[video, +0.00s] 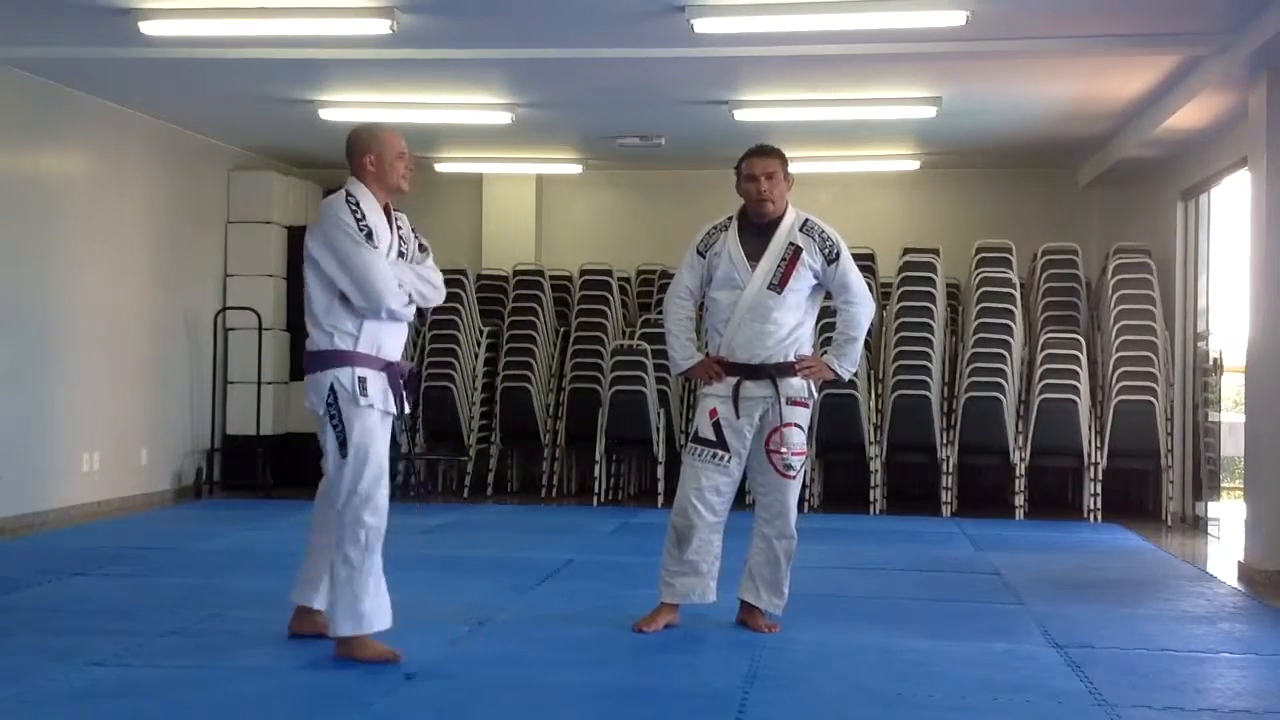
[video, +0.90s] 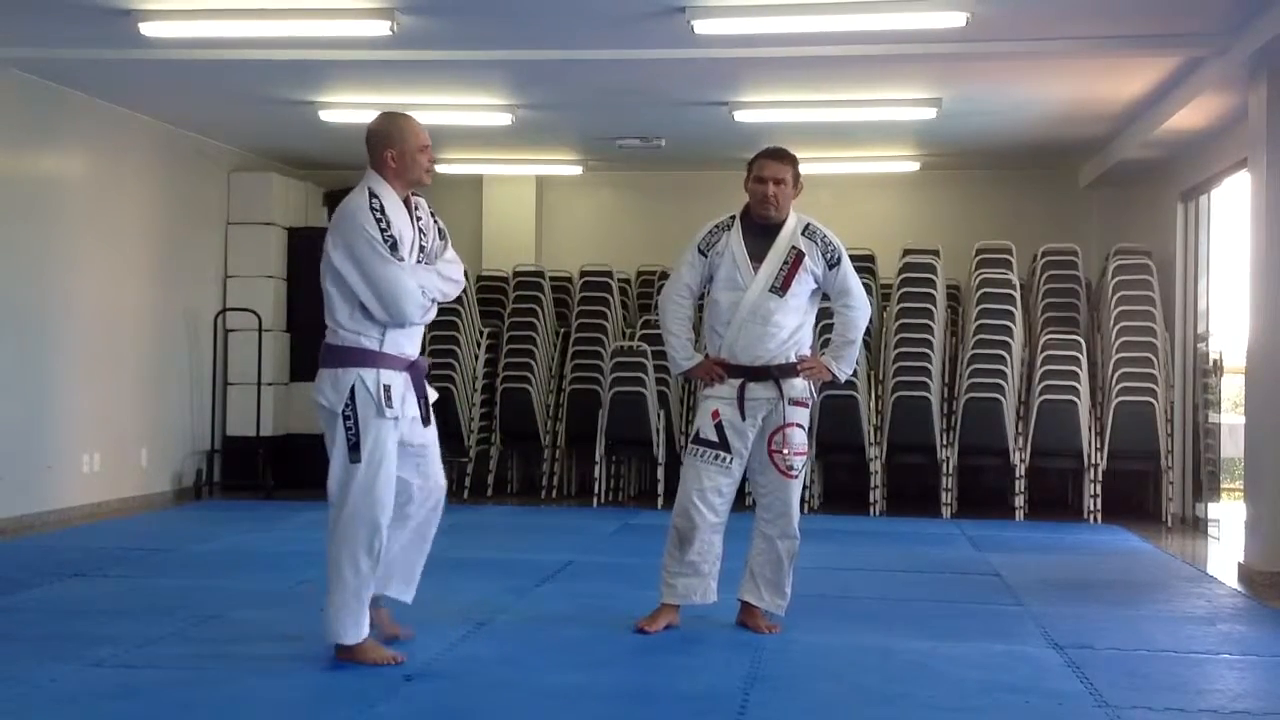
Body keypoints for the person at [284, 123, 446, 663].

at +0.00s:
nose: (411, 165)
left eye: (409, 157)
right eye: (402, 156)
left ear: (377, 165)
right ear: (369, 164)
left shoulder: (395, 223)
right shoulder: (341, 212)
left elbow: (435, 288)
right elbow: (380, 294)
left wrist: (387, 269)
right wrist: (418, 290)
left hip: (379, 374)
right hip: (347, 373)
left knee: (342, 493)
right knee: (364, 501)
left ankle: (309, 609)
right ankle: (356, 633)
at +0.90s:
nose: (433, 159)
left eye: (431, 150)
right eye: (423, 151)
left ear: (399, 156)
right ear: (391, 157)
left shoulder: (421, 212)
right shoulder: (360, 213)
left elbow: (455, 275)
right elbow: (402, 303)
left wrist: (406, 273)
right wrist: (438, 284)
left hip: (406, 375)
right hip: (360, 376)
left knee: (423, 490)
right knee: (363, 502)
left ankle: (374, 602)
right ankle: (348, 635)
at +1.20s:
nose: (453, 167)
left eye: (452, 157)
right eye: (445, 158)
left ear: (420, 162)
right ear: (412, 163)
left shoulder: (447, 218)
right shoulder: (374, 217)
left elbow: (485, 281)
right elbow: (414, 300)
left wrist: (426, 274)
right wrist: (460, 290)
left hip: (439, 380)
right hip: (388, 378)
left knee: (452, 505)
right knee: (375, 509)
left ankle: (453, 616)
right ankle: (354, 634)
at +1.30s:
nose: (467, 167)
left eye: (466, 158)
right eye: (459, 158)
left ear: (433, 164)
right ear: (426, 164)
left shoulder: (459, 218)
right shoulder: (382, 216)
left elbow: (496, 281)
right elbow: (422, 298)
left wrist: (435, 271)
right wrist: (472, 289)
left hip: (454, 380)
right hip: (400, 378)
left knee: (468, 500)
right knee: (386, 507)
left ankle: (451, 615)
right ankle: (357, 634)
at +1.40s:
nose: (479, 172)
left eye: (479, 163)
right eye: (472, 163)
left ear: (451, 168)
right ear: (440, 167)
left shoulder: (470, 221)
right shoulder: (396, 217)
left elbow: (506, 283)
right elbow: (433, 296)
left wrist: (447, 272)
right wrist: (480, 290)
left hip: (467, 380)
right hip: (414, 379)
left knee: (473, 502)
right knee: (398, 506)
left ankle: (453, 615)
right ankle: (360, 631)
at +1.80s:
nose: (521, 184)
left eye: (522, 174)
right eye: (516, 174)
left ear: (493, 173)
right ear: (486, 172)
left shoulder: (503, 229)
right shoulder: (433, 218)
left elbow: (537, 292)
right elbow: (465, 297)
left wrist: (482, 272)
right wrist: (511, 299)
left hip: (491, 382)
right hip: (442, 381)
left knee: (488, 502)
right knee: (444, 504)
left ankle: (463, 615)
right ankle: (438, 633)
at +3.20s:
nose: (540, 200)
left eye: (543, 192)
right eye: (536, 190)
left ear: (510, 184)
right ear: (507, 181)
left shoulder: (502, 236)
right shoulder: (460, 212)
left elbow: (541, 297)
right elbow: (433, 292)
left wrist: (546, 243)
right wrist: (466, 370)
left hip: (504, 390)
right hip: (466, 387)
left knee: (493, 508)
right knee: (455, 508)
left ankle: (463, 618)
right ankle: (438, 633)